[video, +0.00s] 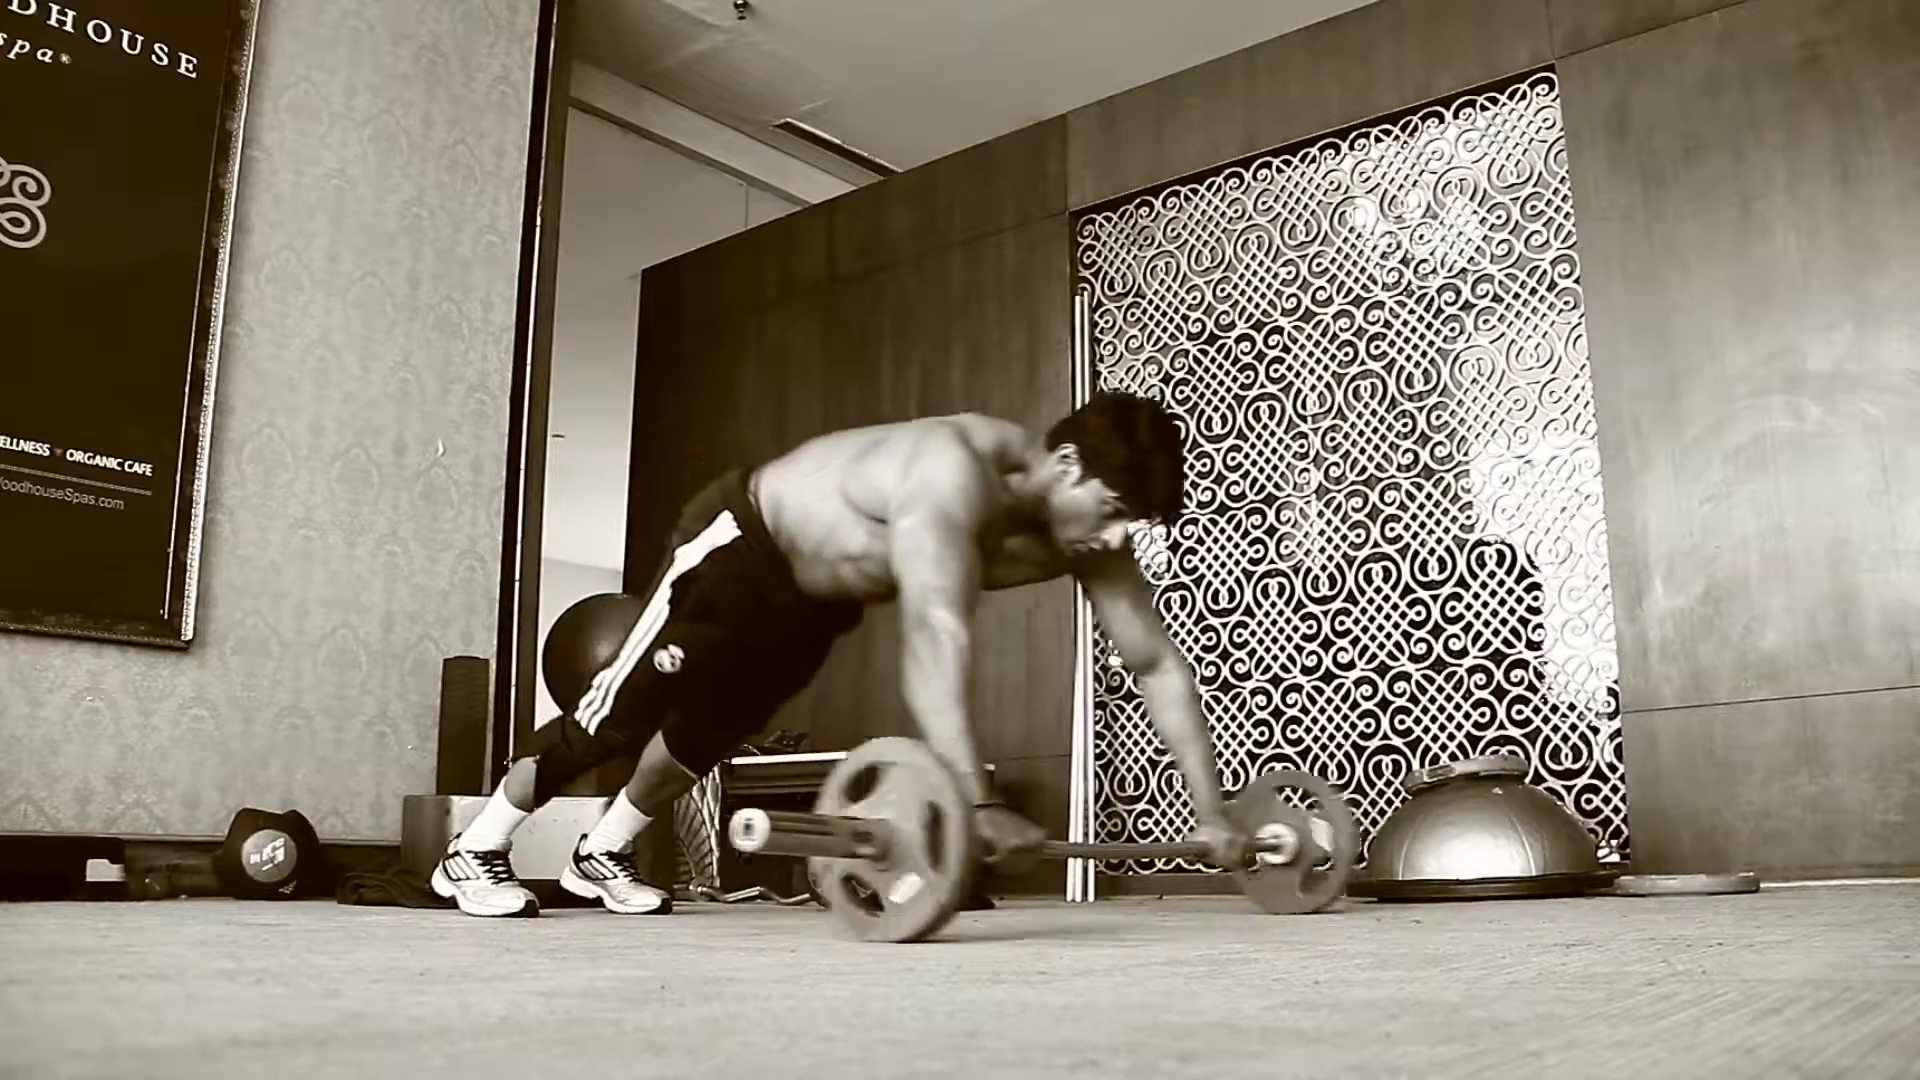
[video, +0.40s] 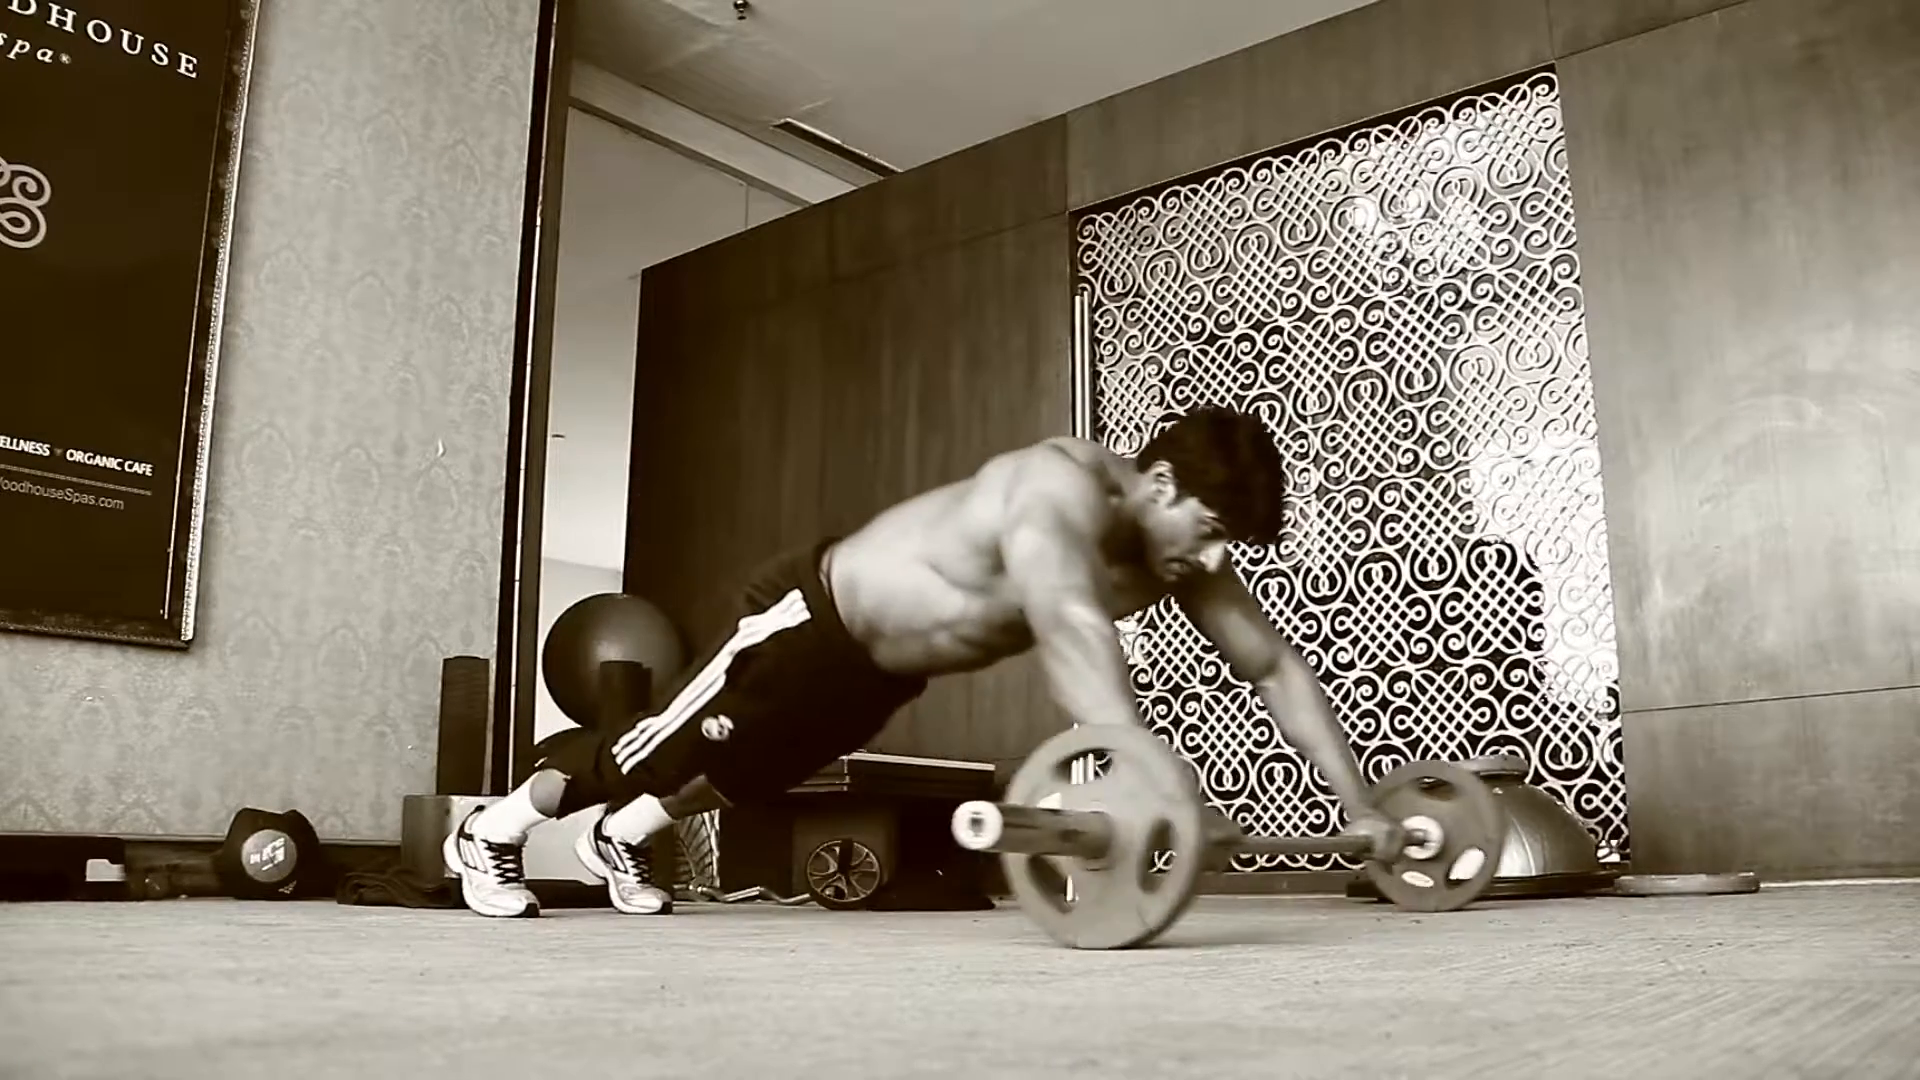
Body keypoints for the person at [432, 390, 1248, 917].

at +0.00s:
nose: (1116, 535)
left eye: (1130, 521)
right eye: (1113, 510)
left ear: (1110, 495)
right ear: (1066, 462)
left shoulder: (1085, 535)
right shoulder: (949, 475)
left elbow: (1155, 665)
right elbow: (933, 641)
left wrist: (1211, 808)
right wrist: (969, 808)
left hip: (820, 600)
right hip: (746, 541)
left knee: (704, 735)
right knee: (613, 715)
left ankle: (600, 853)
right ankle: (472, 854)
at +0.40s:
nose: (1209, 556)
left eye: (1227, 544)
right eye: (1212, 531)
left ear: (1204, 517)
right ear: (1168, 480)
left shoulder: (1165, 546)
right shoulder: (1055, 492)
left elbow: (1273, 666)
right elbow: (1067, 633)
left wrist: (1361, 795)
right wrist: (1146, 766)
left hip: (885, 670)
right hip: (820, 615)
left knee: (750, 772)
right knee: (659, 740)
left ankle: (614, 828)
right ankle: (495, 827)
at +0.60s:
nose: (1236, 587)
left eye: (1252, 574)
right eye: (1240, 563)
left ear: (1233, 537)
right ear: (1204, 503)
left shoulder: (1190, 558)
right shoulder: (1091, 504)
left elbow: (1320, 674)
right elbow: (1116, 642)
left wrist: (1413, 797)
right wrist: (1200, 748)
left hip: (905, 690)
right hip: (842, 647)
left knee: (759, 772)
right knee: (671, 757)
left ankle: (636, 836)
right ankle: (499, 823)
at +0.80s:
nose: (1252, 608)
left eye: (1266, 594)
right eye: (1255, 583)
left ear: (1264, 570)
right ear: (1221, 526)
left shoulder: (1225, 576)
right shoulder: (1116, 526)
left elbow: (1349, 679)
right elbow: (1143, 645)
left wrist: (1455, 783)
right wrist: (1236, 744)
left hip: (919, 731)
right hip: (855, 683)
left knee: (755, 800)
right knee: (677, 788)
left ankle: (631, 856)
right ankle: (512, 826)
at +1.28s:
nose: (1265, 653)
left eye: (1279, 644)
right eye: (1268, 630)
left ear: (1289, 609)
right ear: (1244, 566)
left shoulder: (1248, 603)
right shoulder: (1144, 541)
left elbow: (1380, 693)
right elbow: (1168, 655)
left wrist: (1513, 801)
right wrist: (1314, 735)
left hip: (949, 754)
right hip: (871, 698)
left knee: (782, 835)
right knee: (669, 794)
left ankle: (664, 866)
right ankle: (508, 824)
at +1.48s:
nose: (1250, 636)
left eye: (1266, 627)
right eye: (1254, 612)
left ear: (1278, 588)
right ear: (1234, 548)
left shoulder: (1229, 569)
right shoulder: (1129, 527)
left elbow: (1353, 677)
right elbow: (1167, 665)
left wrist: (1453, 773)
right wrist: (1265, 742)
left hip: (916, 716)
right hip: (859, 672)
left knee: (749, 796)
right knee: (660, 775)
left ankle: (616, 844)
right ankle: (514, 824)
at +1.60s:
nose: (1240, 622)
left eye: (1255, 609)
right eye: (1249, 599)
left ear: (1238, 563)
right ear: (1222, 537)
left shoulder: (1193, 565)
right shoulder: (1108, 508)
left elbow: (1333, 675)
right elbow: (1127, 634)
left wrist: (1424, 782)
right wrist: (1232, 747)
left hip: (902, 690)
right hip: (840, 656)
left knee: (745, 762)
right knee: (665, 758)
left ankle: (625, 826)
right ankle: (505, 821)